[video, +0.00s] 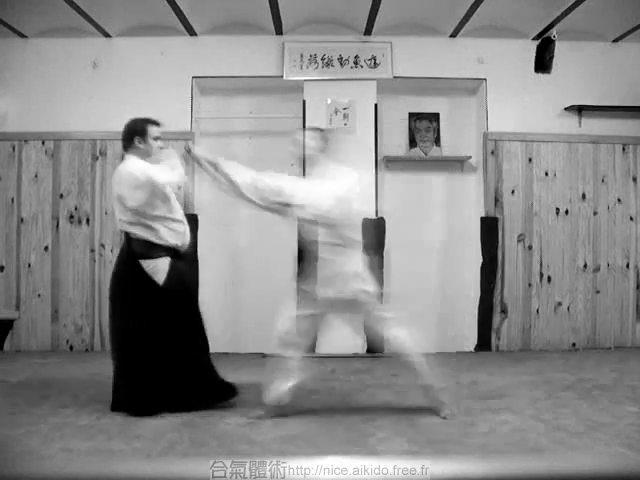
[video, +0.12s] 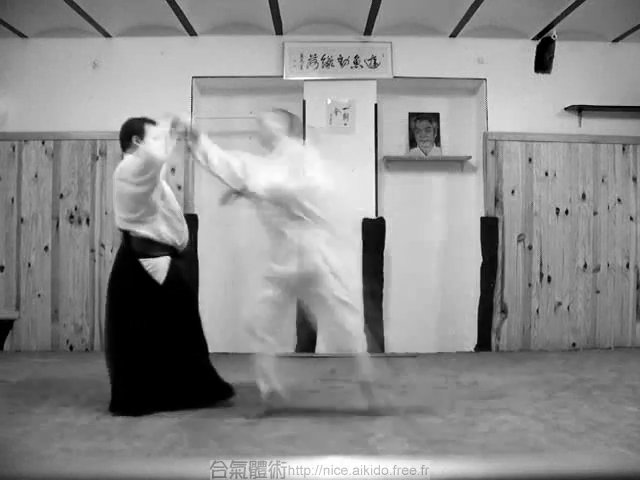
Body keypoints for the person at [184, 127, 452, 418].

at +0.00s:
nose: (299, 155)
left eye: (304, 149)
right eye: (298, 149)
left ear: (319, 149)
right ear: (301, 152)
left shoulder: (340, 180)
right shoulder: (301, 187)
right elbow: (254, 185)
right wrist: (210, 163)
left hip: (348, 277)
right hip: (315, 277)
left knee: (389, 332)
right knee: (293, 336)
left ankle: (435, 392)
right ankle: (277, 399)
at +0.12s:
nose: (259, 130)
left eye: (265, 123)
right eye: (258, 124)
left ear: (282, 127)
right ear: (261, 131)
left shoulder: (303, 157)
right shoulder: (256, 165)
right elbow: (222, 162)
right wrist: (195, 139)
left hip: (317, 256)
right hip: (282, 259)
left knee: (345, 323)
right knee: (259, 321)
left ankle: (369, 390)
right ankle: (270, 393)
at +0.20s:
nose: (248, 123)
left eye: (255, 118)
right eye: (248, 118)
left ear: (271, 123)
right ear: (249, 127)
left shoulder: (287, 146)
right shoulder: (243, 158)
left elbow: (280, 182)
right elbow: (210, 154)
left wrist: (233, 187)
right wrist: (196, 130)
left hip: (295, 251)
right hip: (263, 255)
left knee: (323, 318)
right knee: (236, 319)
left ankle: (354, 388)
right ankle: (266, 385)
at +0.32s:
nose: (197, 130)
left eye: (203, 123)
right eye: (197, 124)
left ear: (224, 125)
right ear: (213, 129)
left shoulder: (250, 153)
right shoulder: (212, 159)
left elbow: (258, 181)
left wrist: (202, 184)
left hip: (249, 254)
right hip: (217, 258)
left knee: (286, 315)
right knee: (196, 325)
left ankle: (331, 367)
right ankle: (185, 401)